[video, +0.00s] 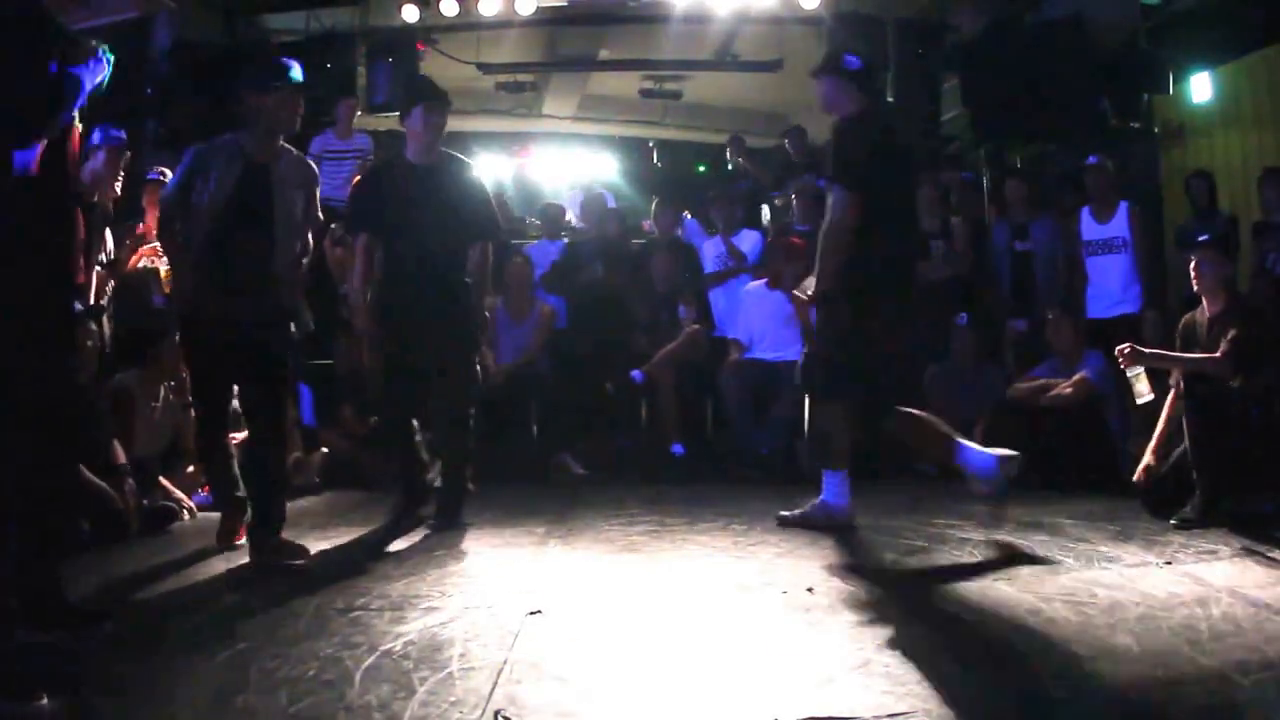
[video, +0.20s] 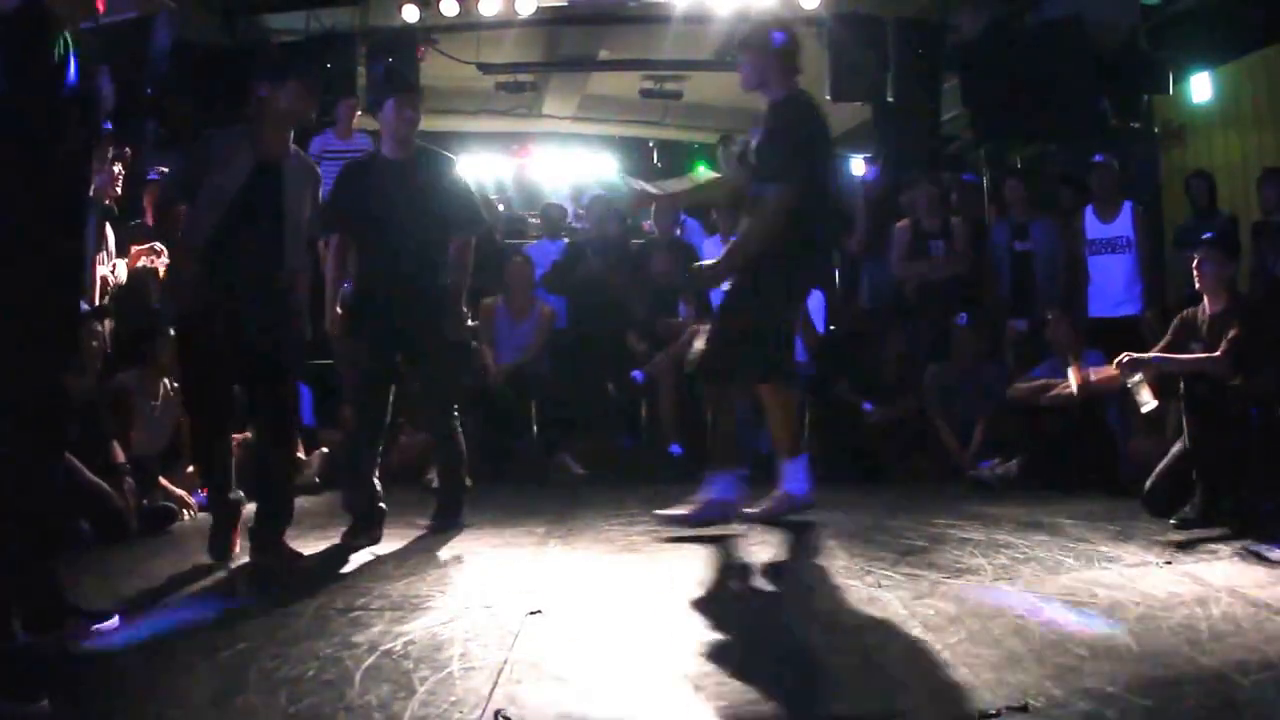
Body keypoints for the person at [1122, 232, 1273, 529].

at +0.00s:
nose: (1194, 269)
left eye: (1204, 262)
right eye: (1192, 261)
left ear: (1226, 269)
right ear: (1188, 267)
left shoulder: (1246, 316)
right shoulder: (1189, 324)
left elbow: (1222, 364)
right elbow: (1177, 392)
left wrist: (1147, 357)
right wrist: (1152, 453)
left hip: (1249, 427)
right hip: (1211, 429)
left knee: (1198, 391)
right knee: (1157, 495)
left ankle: (1205, 499)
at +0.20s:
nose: (1196, 267)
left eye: (1205, 261)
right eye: (1195, 261)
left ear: (1227, 267)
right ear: (1192, 266)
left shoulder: (1245, 315)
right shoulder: (1189, 319)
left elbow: (1223, 363)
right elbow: (1154, 361)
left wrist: (1152, 361)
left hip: (1243, 425)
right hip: (1205, 427)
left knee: (1195, 386)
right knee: (1157, 497)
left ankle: (1207, 499)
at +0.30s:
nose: (1196, 267)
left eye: (1206, 261)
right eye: (1195, 260)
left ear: (1229, 267)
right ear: (1191, 265)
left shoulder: (1246, 314)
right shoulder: (1191, 314)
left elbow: (1222, 363)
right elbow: (1141, 344)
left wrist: (1152, 359)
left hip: (1246, 424)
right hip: (1208, 425)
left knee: (1195, 387)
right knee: (1156, 497)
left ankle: (1206, 498)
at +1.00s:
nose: (1191, 272)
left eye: (1200, 266)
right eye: (1192, 265)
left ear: (1225, 273)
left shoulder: (1245, 316)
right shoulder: (1192, 314)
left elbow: (1220, 363)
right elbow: (1152, 337)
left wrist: (1148, 363)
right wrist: (1106, 341)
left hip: (1241, 429)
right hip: (1205, 430)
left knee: (1193, 383)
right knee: (1156, 497)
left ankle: (1206, 496)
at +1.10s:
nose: (1190, 271)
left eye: (1200, 264)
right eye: (1192, 265)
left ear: (1223, 272)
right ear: (1200, 278)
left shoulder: (1245, 316)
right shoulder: (1191, 317)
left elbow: (1221, 361)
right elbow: (1164, 348)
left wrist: (1146, 364)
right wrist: (1130, 364)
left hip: (1242, 428)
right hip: (1205, 429)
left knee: (1193, 384)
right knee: (1155, 497)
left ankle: (1205, 498)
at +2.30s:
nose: (1189, 271)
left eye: (1198, 264)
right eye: (1185, 265)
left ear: (1216, 269)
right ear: (1181, 272)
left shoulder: (1240, 314)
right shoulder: (1180, 325)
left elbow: (1218, 363)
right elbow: (1170, 387)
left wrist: (1146, 364)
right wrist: (1142, 396)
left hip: (1242, 427)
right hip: (1204, 429)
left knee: (1194, 388)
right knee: (1155, 498)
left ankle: (1205, 498)